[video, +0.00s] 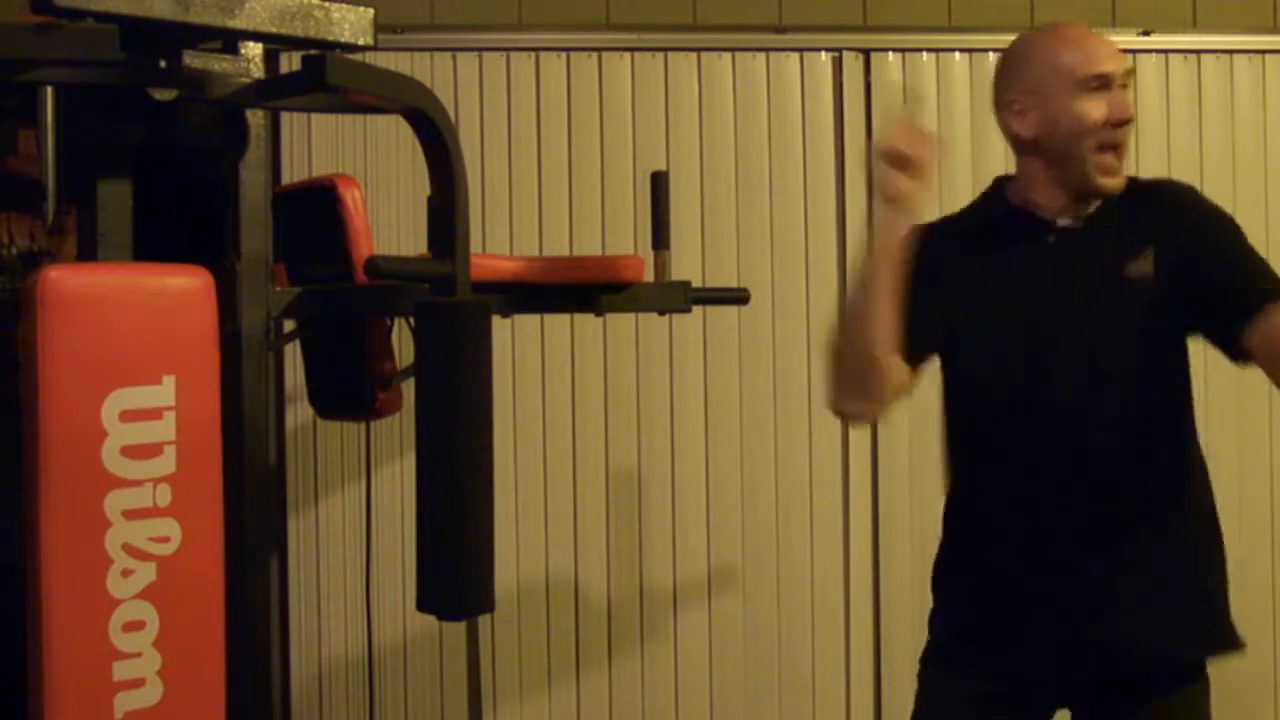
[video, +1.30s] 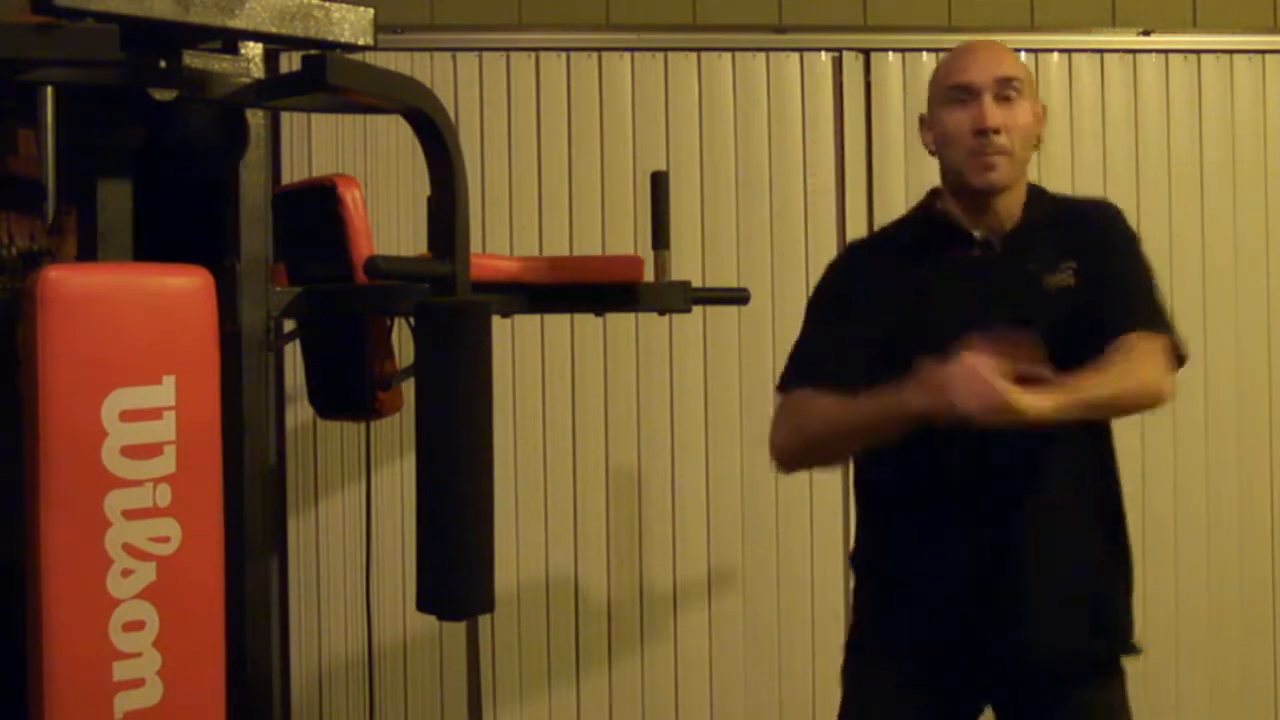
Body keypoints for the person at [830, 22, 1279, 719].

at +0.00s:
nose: (1124, 111)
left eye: (1125, 86)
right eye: (1095, 89)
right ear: (1021, 115)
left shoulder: (1171, 223)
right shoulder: (947, 251)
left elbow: (1268, 339)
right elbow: (858, 395)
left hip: (1147, 619)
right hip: (991, 623)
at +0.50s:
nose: (1107, 114)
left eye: (1108, 91)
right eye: (1077, 94)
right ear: (1003, 119)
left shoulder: (1167, 225)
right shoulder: (939, 250)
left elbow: (1273, 344)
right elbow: (873, 401)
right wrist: (920, 223)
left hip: (1138, 619)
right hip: (981, 618)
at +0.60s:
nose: (1125, 115)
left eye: (1127, 92)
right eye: (1093, 95)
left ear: (1135, 100)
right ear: (1025, 120)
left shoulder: (1165, 222)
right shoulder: (945, 248)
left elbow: (1258, 332)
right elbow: (862, 405)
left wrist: (1175, 380)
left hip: (1138, 614)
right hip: (984, 617)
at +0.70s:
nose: (1101, 117)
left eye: (1114, 93)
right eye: (1071, 95)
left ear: (1129, 106)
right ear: (1015, 118)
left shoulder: (1158, 219)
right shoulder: (939, 248)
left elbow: (1243, 334)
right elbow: (837, 399)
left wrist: (1180, 407)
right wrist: (977, 310)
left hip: (1135, 610)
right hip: (982, 612)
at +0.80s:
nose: (1050, 124)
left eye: (1067, 100)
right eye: (1023, 102)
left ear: (1087, 114)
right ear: (977, 123)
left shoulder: (1150, 230)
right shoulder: (928, 256)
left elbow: (1261, 357)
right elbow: (828, 384)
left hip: (1132, 623)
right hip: (974, 626)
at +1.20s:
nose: (979, 116)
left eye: (997, 92)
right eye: (953, 96)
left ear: (1025, 111)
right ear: (916, 126)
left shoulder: (1094, 229)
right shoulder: (871, 260)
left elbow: (1187, 358)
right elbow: (801, 432)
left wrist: (1215, 503)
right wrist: (874, 279)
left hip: (1072, 607)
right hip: (921, 613)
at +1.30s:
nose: (988, 117)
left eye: (1007, 95)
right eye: (961, 99)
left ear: (1038, 121)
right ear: (929, 133)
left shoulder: (1092, 235)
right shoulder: (866, 270)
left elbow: (1149, 373)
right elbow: (790, 439)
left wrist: (1030, 403)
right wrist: (928, 393)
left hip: (1063, 619)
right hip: (909, 626)